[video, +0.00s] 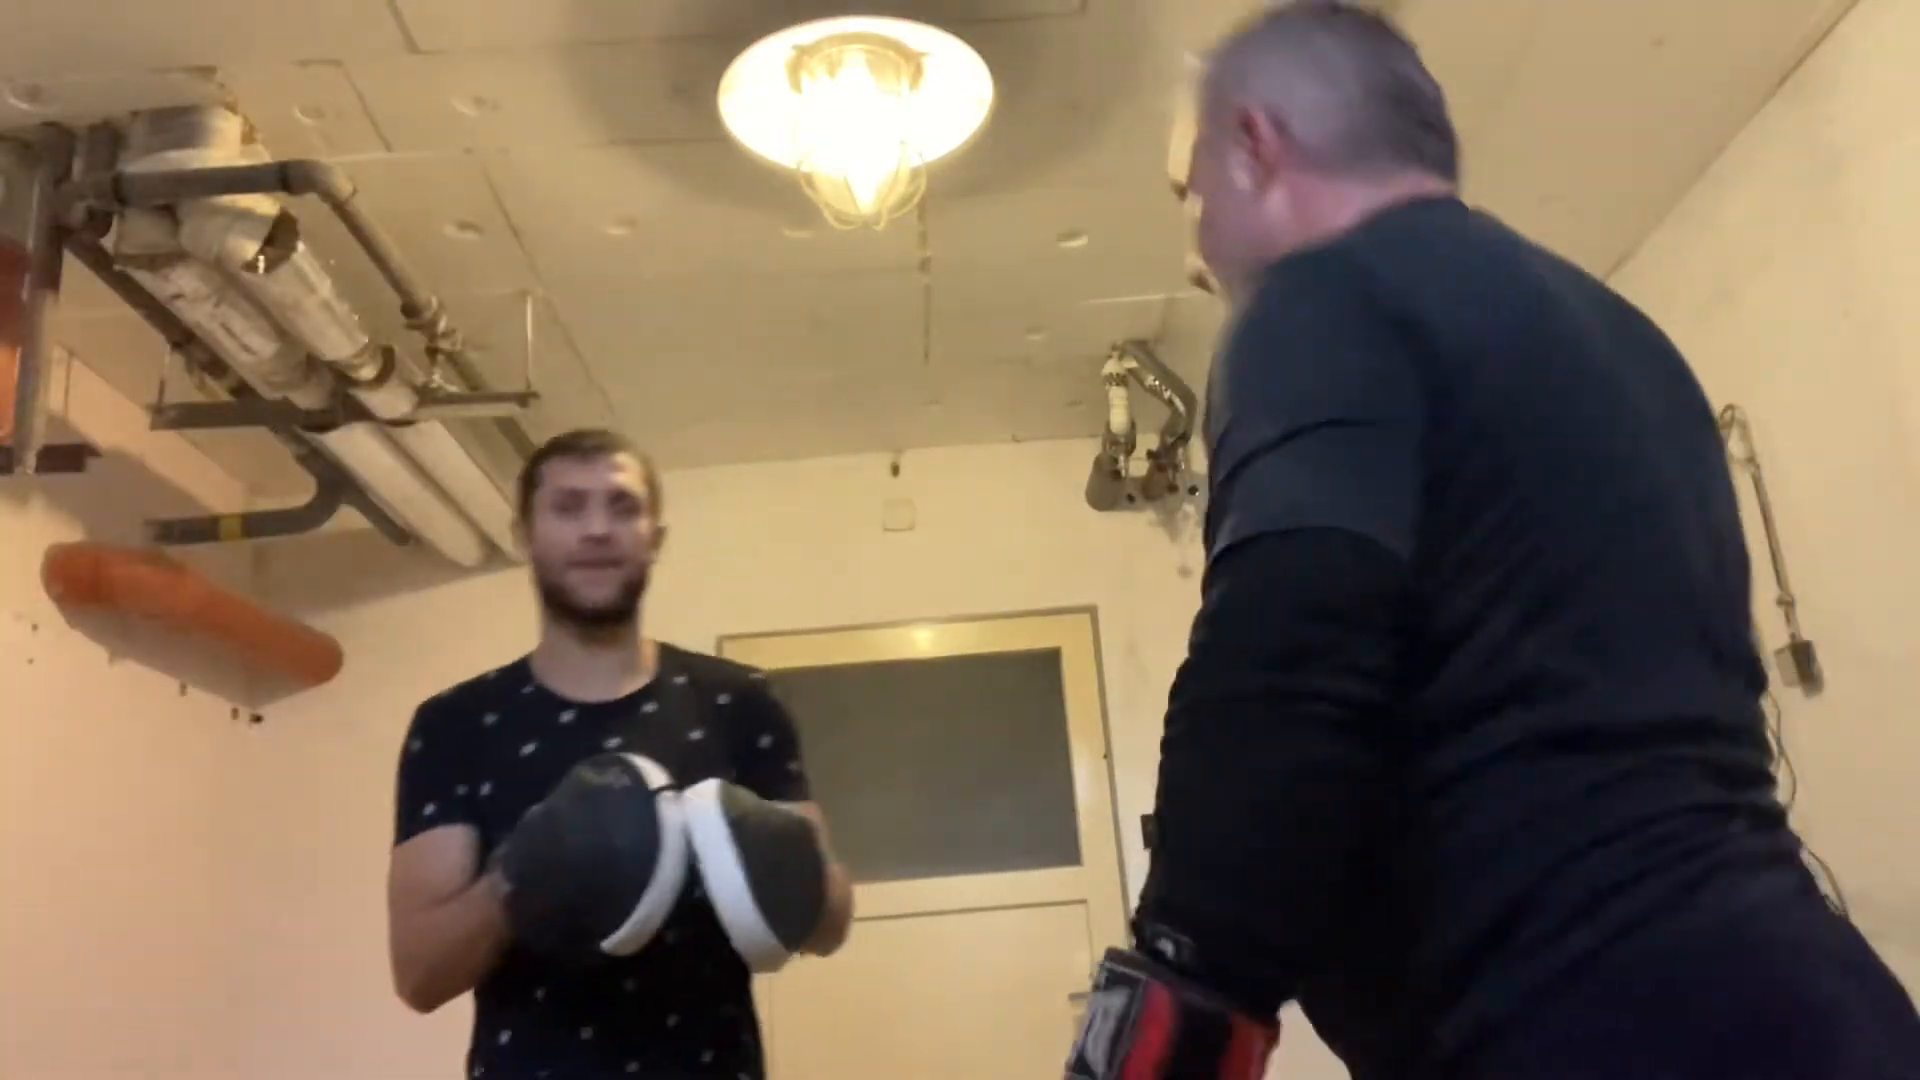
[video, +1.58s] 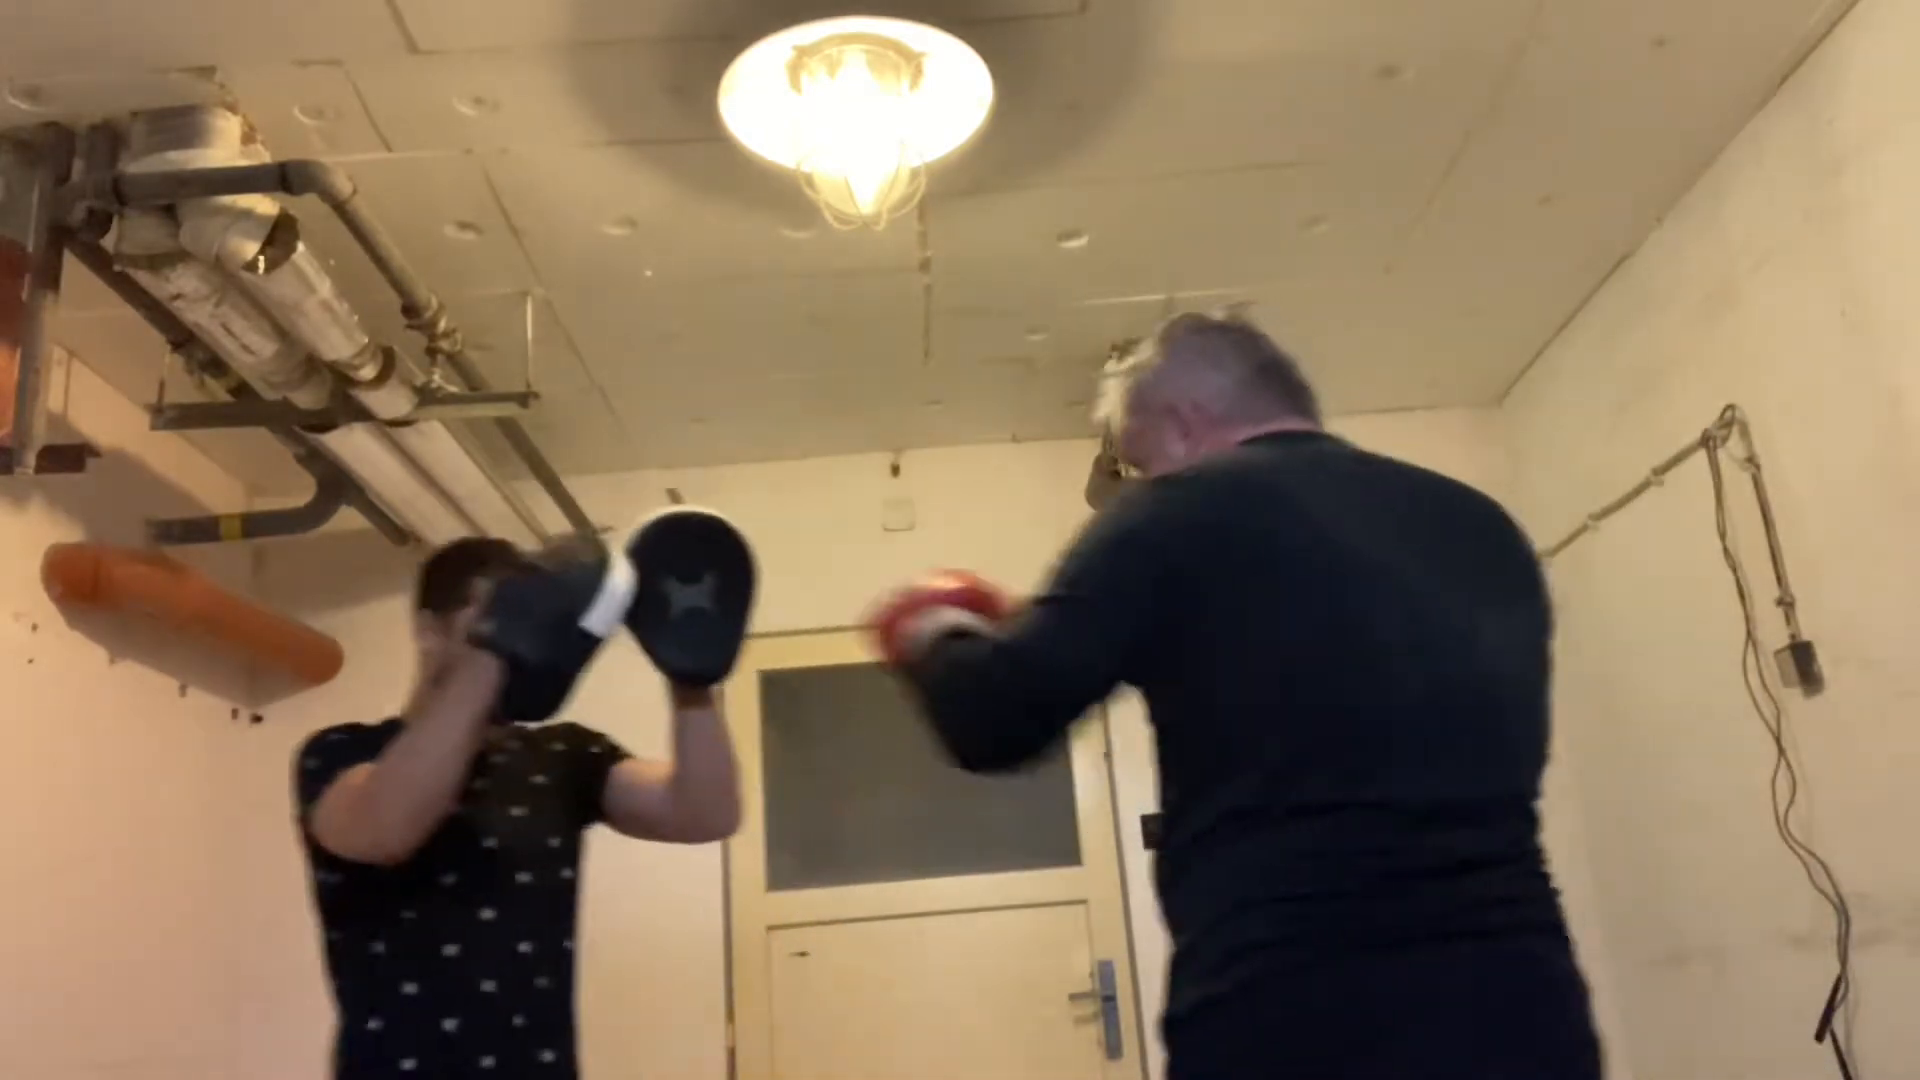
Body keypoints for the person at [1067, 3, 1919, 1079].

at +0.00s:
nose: (1199, 251)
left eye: (1196, 192)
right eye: (1191, 203)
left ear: (1261, 149)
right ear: (1422, 149)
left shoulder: (1333, 297)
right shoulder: (1625, 331)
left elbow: (1294, 641)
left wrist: (1197, 973)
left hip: (1542, 1006)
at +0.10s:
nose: (1240, 291)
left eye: (1238, 233)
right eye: (1232, 243)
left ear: (1308, 197)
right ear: (1463, 196)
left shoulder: (1344, 342)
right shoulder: (1665, 374)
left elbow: (1299, 674)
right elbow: (1785, 692)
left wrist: (1213, 995)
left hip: (1537, 1017)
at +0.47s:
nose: (1255, 373)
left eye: (1256, 329)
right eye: (1247, 335)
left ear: (1326, 306)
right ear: (1449, 297)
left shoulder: (1330, 415)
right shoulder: (1642, 439)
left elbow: (1328, 676)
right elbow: (1726, 736)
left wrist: (1169, 873)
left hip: (1511, 1007)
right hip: (1770, 983)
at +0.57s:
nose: (1213, 414)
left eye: (1209, 368)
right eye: (1199, 378)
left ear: (1271, 337)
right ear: (1392, 319)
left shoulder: (1292, 461)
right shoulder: (1592, 455)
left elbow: (1257, 727)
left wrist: (1108, 789)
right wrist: (1318, 783)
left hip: (1474, 1021)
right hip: (1737, 996)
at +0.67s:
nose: (1153, 445)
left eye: (1144, 403)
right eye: (1137, 411)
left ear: (1200, 373)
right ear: (1318, 342)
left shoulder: (1220, 506)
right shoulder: (1533, 471)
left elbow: (1164, 805)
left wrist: (1072, 716)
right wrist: (1172, 655)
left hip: (1413, 1029)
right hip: (1675, 1006)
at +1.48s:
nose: (1157, 481)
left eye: (1155, 455)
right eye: (1148, 463)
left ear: (1212, 417)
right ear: (1321, 406)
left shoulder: (1214, 511)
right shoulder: (1507, 525)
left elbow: (1088, 745)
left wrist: (1026, 651)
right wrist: (1135, 616)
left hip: (1313, 1020)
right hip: (1549, 1009)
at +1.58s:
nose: (1138, 490)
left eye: (1133, 466)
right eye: (1129, 472)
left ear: (1181, 425)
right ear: (1296, 407)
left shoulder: (1173, 523)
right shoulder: (1483, 527)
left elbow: (994, 722)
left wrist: (940, 638)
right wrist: (1042, 626)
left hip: (1273, 1021)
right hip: (1519, 1017)